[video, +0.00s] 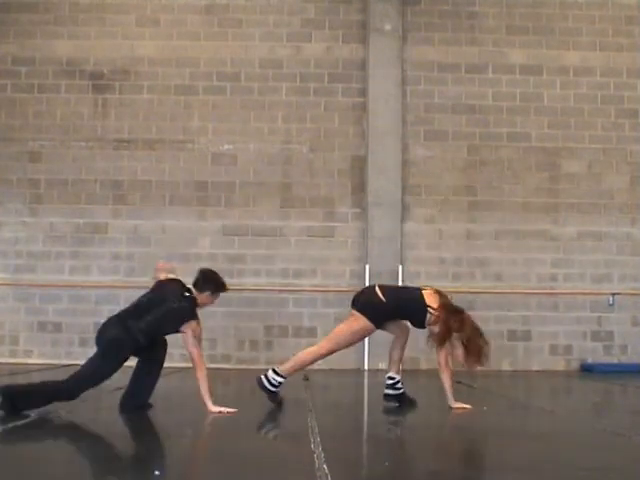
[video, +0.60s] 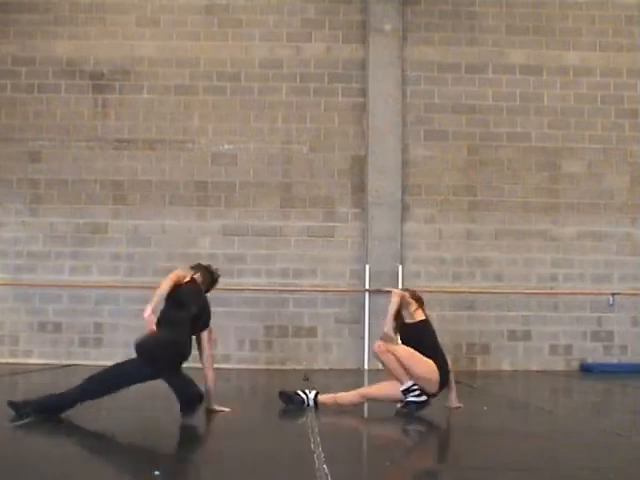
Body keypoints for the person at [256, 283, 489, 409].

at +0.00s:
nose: (442, 337)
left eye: (446, 335)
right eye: (444, 333)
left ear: (450, 315)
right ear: (449, 324)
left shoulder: (435, 298)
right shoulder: (436, 320)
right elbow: (444, 364)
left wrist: (460, 355)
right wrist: (452, 401)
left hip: (372, 298)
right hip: (373, 308)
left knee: (403, 330)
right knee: (325, 348)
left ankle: (393, 383)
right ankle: (273, 377)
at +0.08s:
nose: (449, 342)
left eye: (453, 341)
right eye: (453, 341)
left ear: (452, 324)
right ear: (453, 328)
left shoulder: (440, 299)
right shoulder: (441, 322)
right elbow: (444, 363)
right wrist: (452, 401)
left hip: (377, 285)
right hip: (384, 301)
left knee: (391, 328)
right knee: (340, 344)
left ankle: (383, 380)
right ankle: (289, 377)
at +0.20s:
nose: (441, 337)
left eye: (443, 334)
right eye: (443, 334)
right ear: (447, 326)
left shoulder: (430, 292)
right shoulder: (442, 318)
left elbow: (398, 281)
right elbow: (447, 363)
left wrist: (374, 292)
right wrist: (451, 400)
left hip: (382, 288)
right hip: (400, 309)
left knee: (369, 318)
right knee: (351, 354)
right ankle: (302, 387)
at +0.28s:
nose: (445, 331)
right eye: (447, 327)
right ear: (445, 316)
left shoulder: (422, 287)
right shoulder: (442, 320)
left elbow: (387, 272)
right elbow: (447, 365)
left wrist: (373, 297)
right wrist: (452, 401)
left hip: (399, 303)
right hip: (410, 330)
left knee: (354, 314)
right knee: (357, 364)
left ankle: (336, 328)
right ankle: (308, 391)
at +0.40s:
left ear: (422, 291)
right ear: (436, 304)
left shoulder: (418, 288)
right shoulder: (440, 320)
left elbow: (384, 276)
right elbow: (448, 364)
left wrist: (366, 298)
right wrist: (452, 401)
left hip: (410, 329)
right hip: (419, 353)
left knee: (347, 322)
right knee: (362, 377)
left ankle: (378, 351)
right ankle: (310, 396)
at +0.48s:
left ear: (416, 293)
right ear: (430, 301)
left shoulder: (414, 292)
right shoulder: (437, 319)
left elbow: (384, 283)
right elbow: (447, 360)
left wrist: (369, 306)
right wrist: (452, 400)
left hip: (418, 349)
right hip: (424, 368)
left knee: (361, 347)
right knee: (361, 385)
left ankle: (402, 388)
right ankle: (310, 398)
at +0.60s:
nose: (399, 301)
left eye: (402, 298)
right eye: (399, 299)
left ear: (412, 301)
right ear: (408, 304)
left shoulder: (415, 314)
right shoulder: (410, 331)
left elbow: (398, 294)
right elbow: (443, 363)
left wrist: (388, 323)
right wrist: (453, 398)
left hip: (432, 374)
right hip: (420, 385)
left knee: (382, 347)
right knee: (363, 394)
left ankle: (413, 393)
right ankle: (310, 399)